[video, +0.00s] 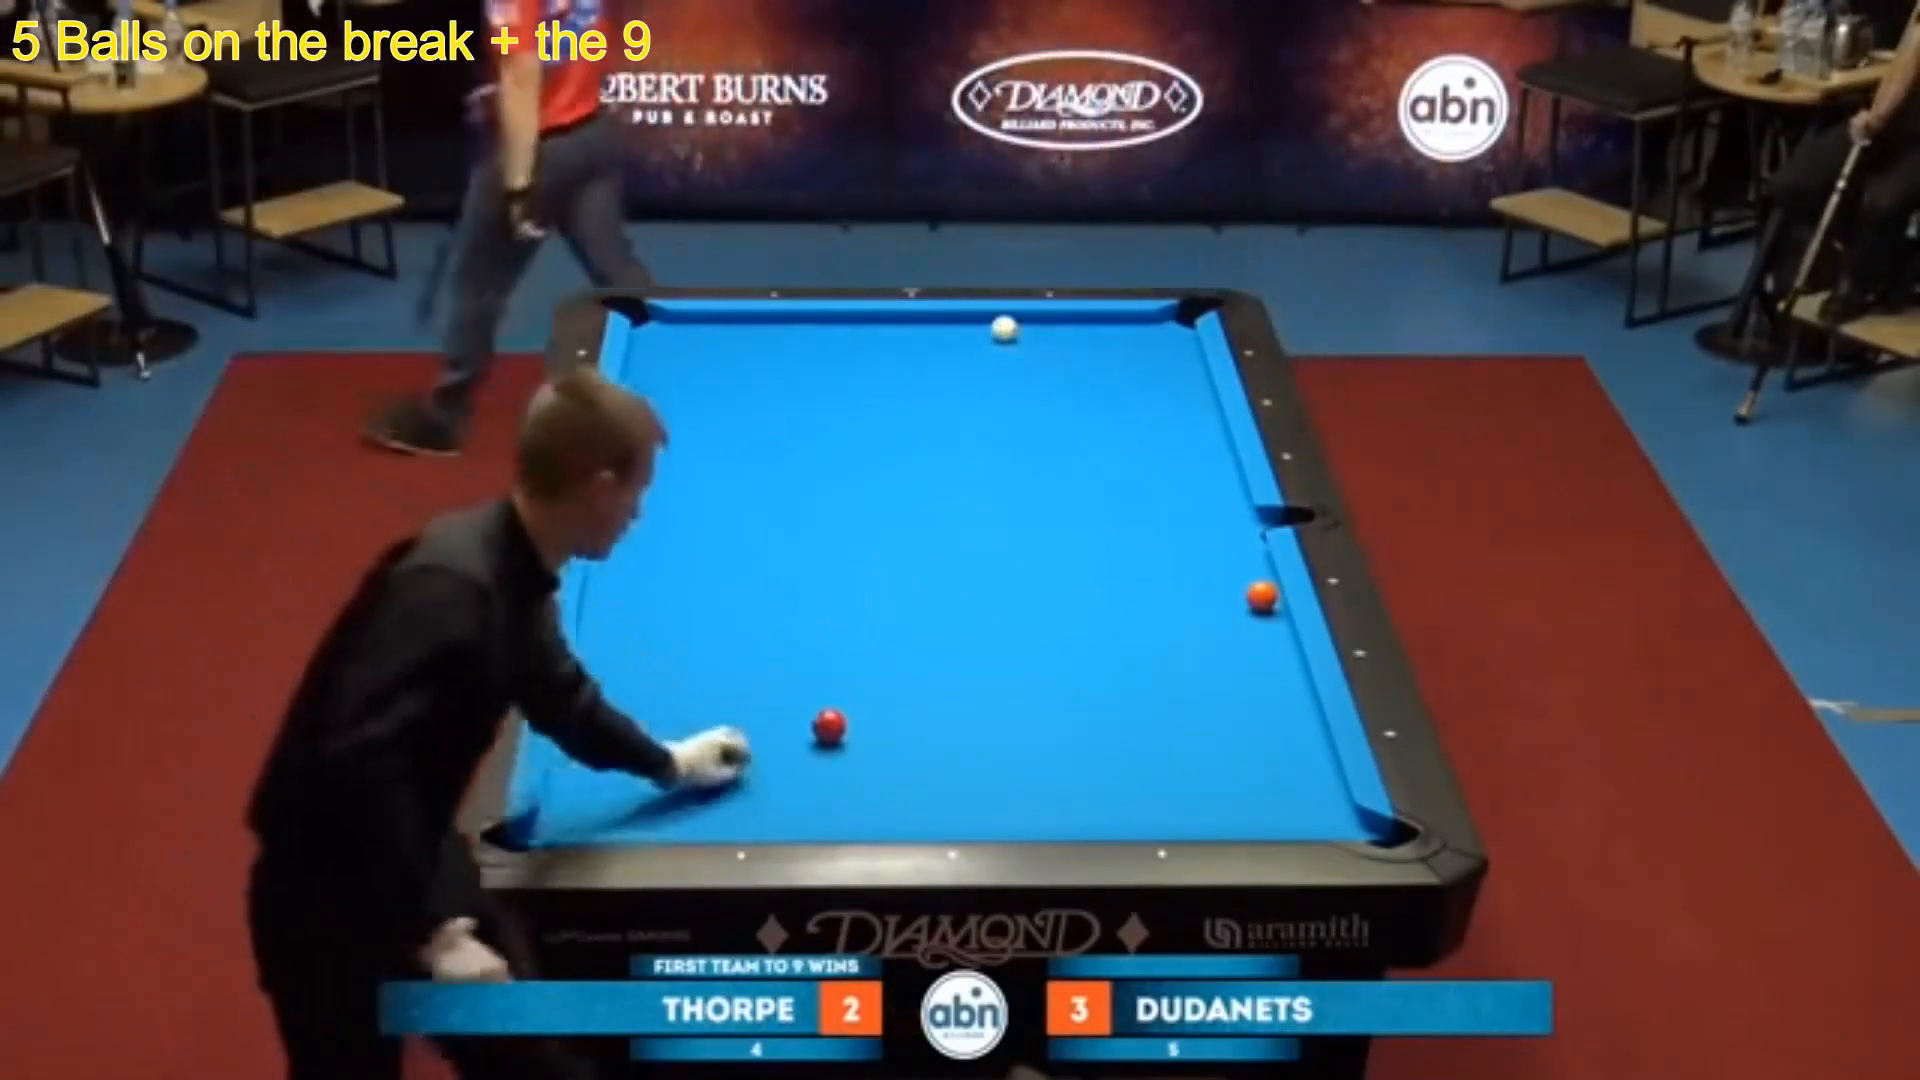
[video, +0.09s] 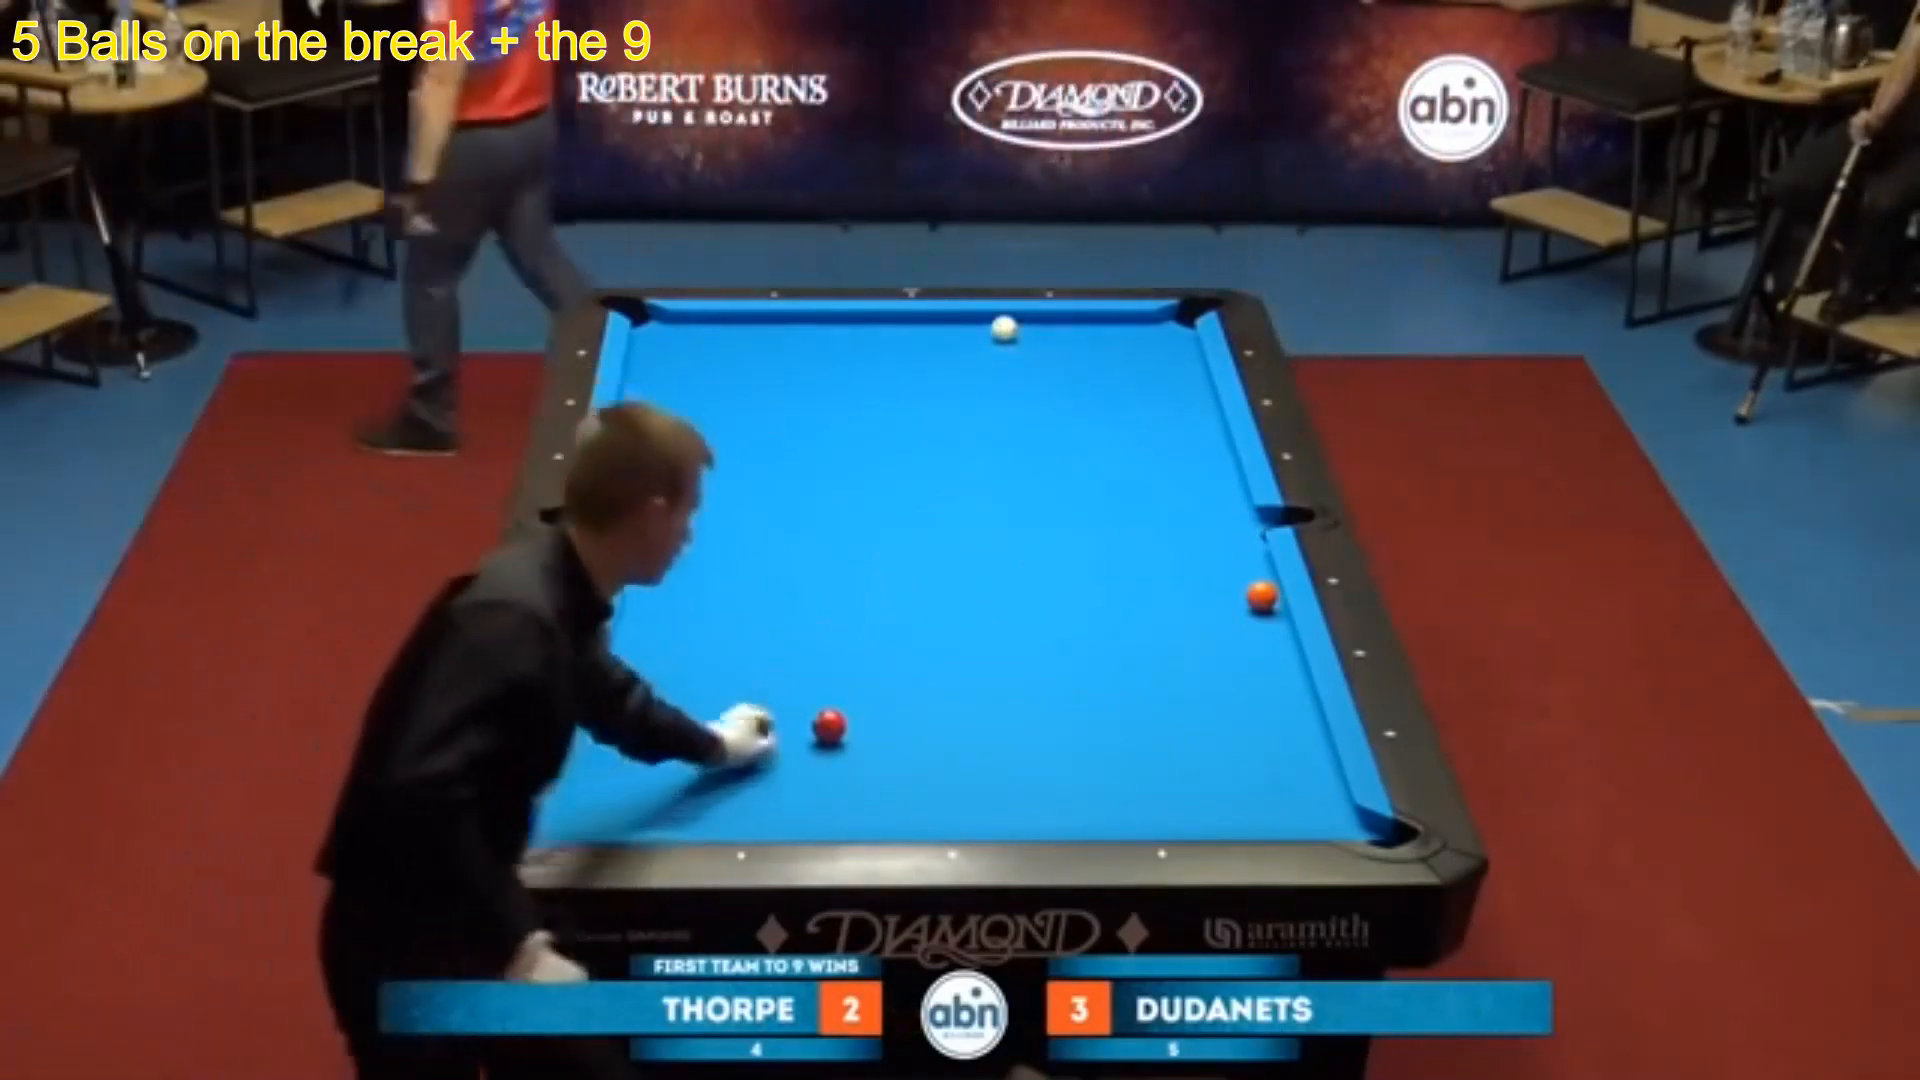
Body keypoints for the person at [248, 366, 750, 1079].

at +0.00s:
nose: (640, 506)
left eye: (643, 487)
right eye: (638, 487)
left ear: (541, 469)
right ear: (599, 487)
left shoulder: (510, 568)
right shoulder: (448, 590)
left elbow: (563, 699)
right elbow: (368, 770)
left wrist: (667, 763)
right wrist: (440, 931)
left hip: (403, 861)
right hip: (323, 887)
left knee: (517, 1046)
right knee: (349, 1067)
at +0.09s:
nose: (691, 531)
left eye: (692, 512)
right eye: (688, 511)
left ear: (588, 493)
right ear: (652, 511)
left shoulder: (554, 589)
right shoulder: (512, 621)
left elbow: (611, 700)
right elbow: (434, 803)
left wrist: (715, 746)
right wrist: (521, 950)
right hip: (401, 940)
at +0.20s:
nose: (741, 539)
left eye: (743, 519)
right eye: (741, 519)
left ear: (650, 503)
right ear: (709, 518)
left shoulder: (602, 603)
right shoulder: (584, 625)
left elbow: (653, 700)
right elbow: (499, 804)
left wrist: (743, 729)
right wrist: (578, 948)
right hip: (470, 965)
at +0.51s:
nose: (959, 462)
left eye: (961, 445)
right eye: (959, 445)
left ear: (855, 435)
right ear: (946, 447)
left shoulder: (777, 531)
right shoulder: (908, 555)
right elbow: (908, 722)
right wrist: (922, 875)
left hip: (708, 850)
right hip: (801, 861)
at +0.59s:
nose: (987, 434)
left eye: (984, 416)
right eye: (984, 418)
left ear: (881, 417)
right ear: (972, 428)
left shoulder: (797, 522)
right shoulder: (959, 542)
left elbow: (761, 681)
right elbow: (1013, 713)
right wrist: (1035, 857)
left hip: (762, 857)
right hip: (868, 867)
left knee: (770, 1044)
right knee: (895, 1054)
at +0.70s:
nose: (1027, 415)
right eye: (1026, 402)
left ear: (922, 405)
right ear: (1019, 416)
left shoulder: (838, 517)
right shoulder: (1034, 526)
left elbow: (790, 687)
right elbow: (1153, 689)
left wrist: (845, 777)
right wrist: (1176, 792)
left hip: (849, 853)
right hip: (975, 858)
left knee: (878, 1047)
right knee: (1002, 1046)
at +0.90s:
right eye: (1121, 403)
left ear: (1021, 409)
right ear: (1122, 419)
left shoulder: (953, 513)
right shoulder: (1163, 522)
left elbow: (896, 685)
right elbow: (1278, 648)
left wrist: (944, 790)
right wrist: (1265, 701)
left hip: (989, 833)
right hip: (1127, 837)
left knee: (985, 1034)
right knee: (1135, 1038)